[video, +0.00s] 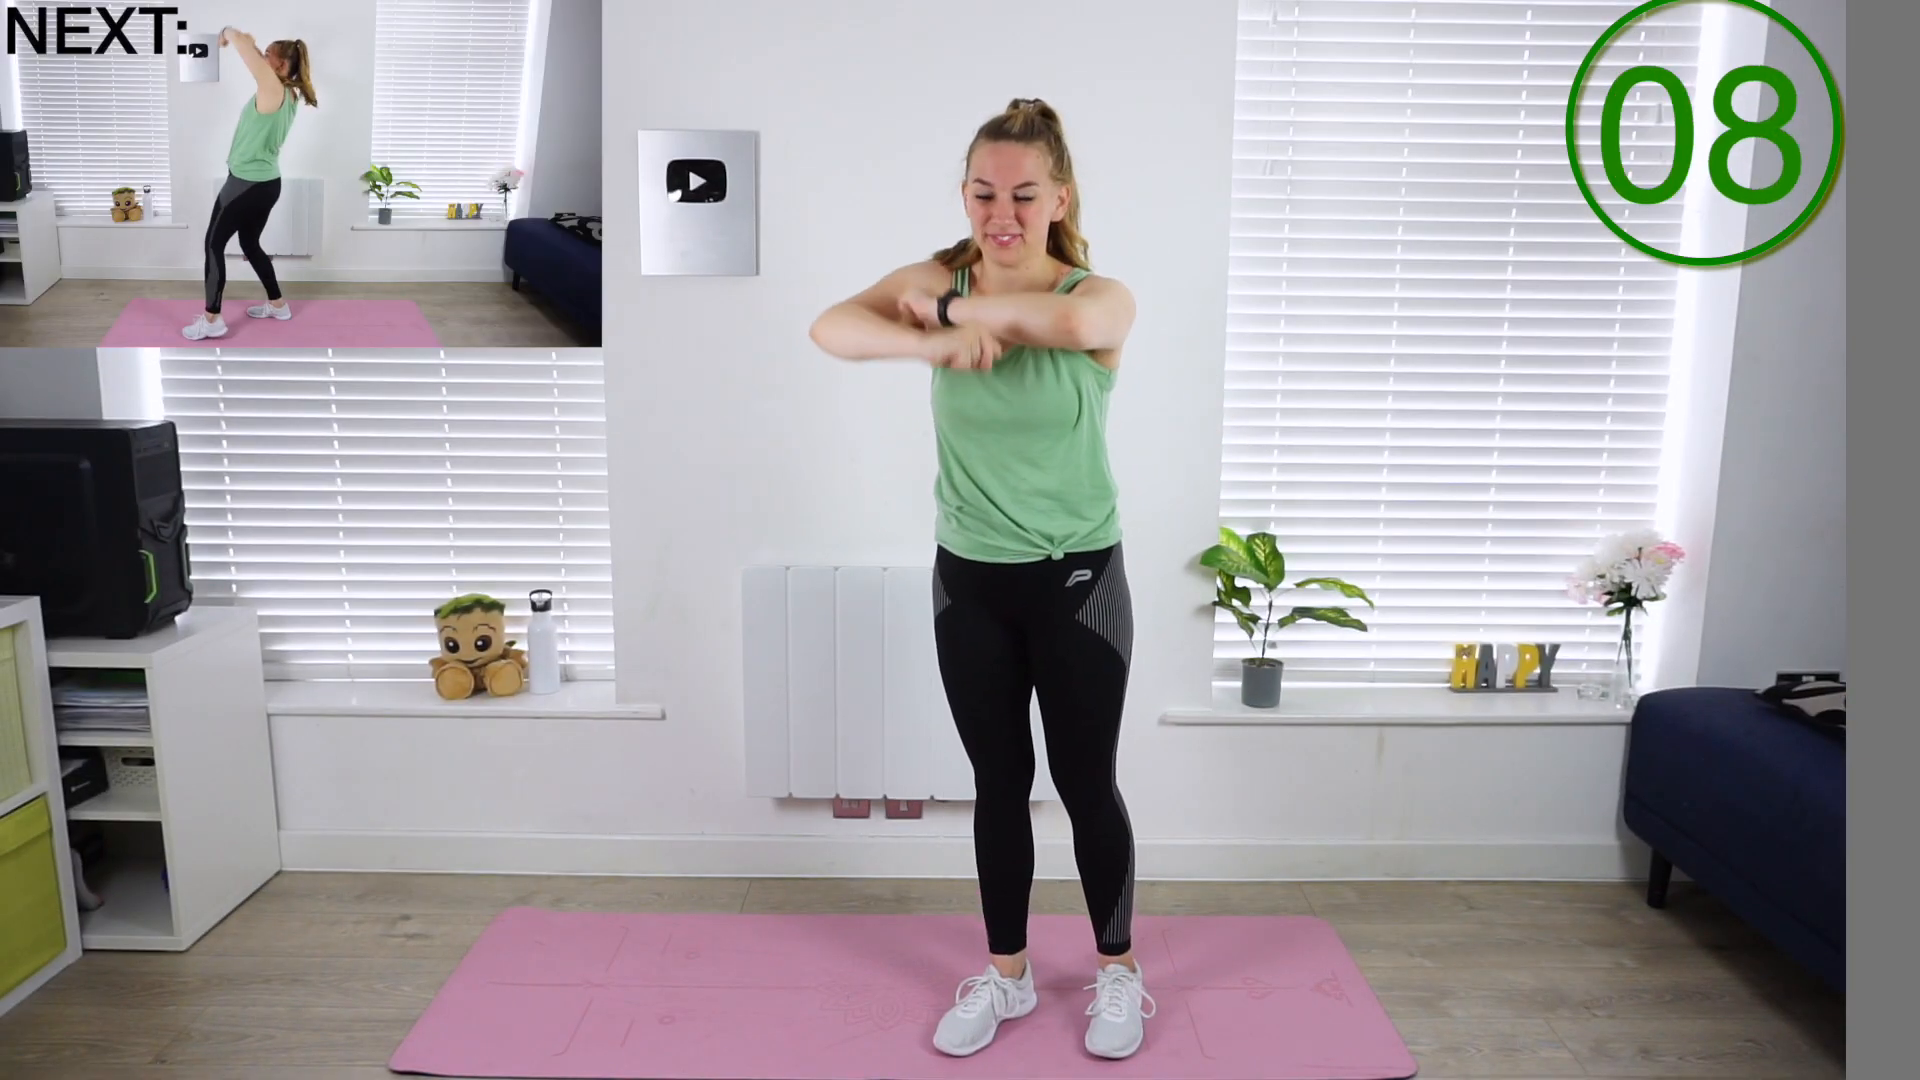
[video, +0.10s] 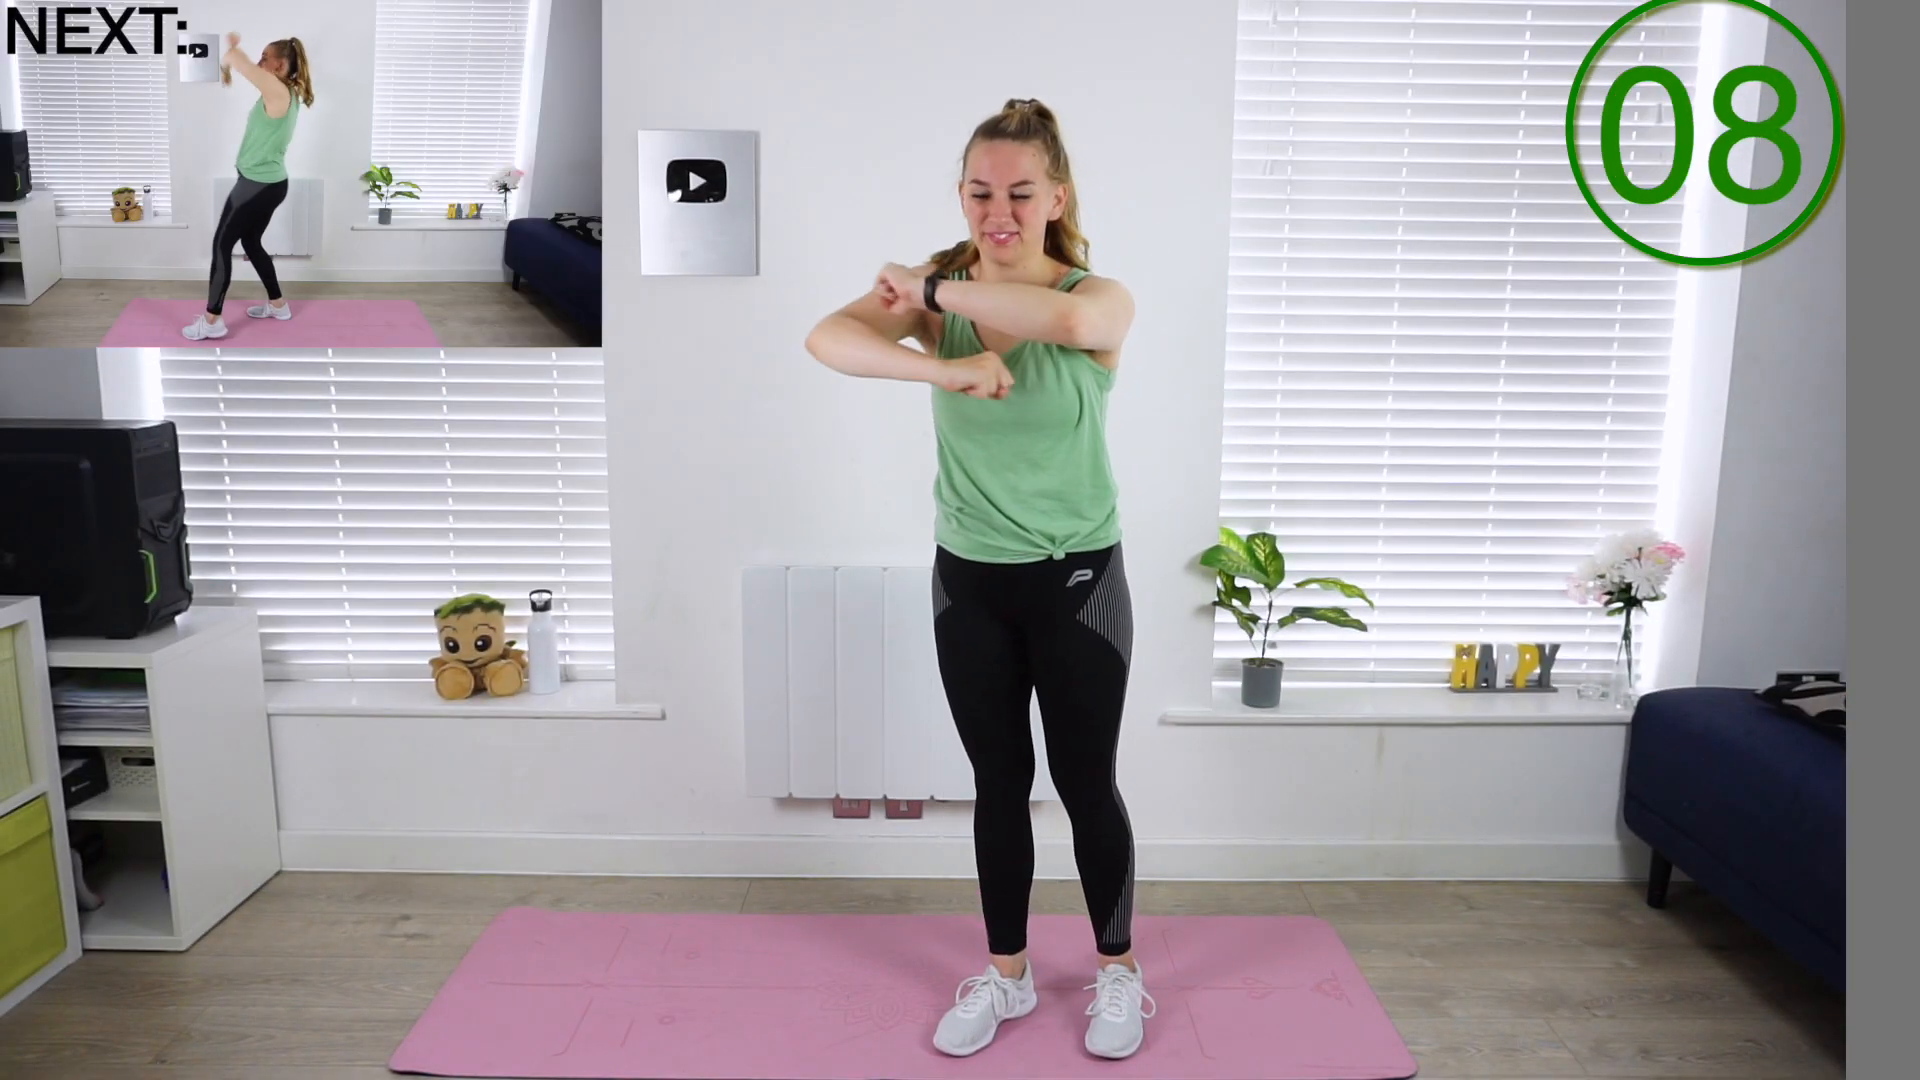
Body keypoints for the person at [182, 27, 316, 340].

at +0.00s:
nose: (263, 61)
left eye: (269, 57)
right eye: (265, 56)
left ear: (283, 65)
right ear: (286, 67)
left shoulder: (271, 87)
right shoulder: (289, 94)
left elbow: (243, 43)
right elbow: (258, 57)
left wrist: (229, 32)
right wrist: (241, 39)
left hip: (246, 183)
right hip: (266, 183)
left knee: (214, 244)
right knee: (250, 243)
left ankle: (212, 318)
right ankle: (277, 304)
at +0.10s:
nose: (260, 64)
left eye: (266, 60)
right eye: (262, 59)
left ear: (284, 66)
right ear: (282, 67)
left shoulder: (276, 89)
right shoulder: (284, 90)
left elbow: (235, 60)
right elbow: (251, 68)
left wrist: (233, 46)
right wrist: (235, 53)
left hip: (257, 184)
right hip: (268, 182)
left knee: (222, 244)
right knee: (252, 243)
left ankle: (212, 319)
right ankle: (277, 304)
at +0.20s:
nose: (253, 71)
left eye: (257, 65)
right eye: (253, 65)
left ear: (277, 67)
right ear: (275, 69)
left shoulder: (279, 94)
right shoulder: (275, 93)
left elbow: (230, 86)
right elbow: (246, 96)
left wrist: (228, 89)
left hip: (274, 186)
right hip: (269, 182)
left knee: (233, 243)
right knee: (256, 242)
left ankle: (224, 319)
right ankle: (277, 304)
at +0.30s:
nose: (244, 80)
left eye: (248, 74)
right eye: (244, 74)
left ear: (265, 72)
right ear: (266, 74)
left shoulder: (278, 99)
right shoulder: (270, 98)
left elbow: (228, 116)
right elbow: (234, 121)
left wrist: (219, 110)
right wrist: (233, 137)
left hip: (290, 187)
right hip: (279, 184)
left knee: (249, 243)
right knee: (259, 242)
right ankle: (275, 302)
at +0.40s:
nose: (238, 83)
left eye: (241, 76)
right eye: (238, 77)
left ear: (258, 75)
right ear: (259, 76)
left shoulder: (273, 101)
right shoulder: (269, 101)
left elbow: (235, 136)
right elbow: (256, 133)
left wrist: (221, 145)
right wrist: (244, 136)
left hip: (302, 186)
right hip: (282, 184)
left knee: (278, 249)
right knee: (266, 240)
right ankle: (278, 303)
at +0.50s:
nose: (236, 83)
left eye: (239, 76)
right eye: (236, 77)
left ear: (255, 76)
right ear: (256, 77)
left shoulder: (276, 101)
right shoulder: (261, 102)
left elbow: (243, 145)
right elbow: (248, 133)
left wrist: (242, 155)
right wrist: (235, 144)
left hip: (311, 184)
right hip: (286, 184)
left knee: (312, 251)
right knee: (269, 236)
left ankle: (357, 290)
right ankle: (279, 302)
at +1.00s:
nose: (249, 78)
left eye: (253, 73)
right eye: (250, 72)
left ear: (271, 76)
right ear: (271, 77)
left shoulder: (281, 100)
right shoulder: (273, 102)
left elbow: (233, 117)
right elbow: (238, 120)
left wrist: (233, 129)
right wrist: (225, 109)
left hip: (299, 192)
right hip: (279, 189)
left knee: (290, 259)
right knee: (255, 239)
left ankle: (347, 285)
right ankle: (277, 302)